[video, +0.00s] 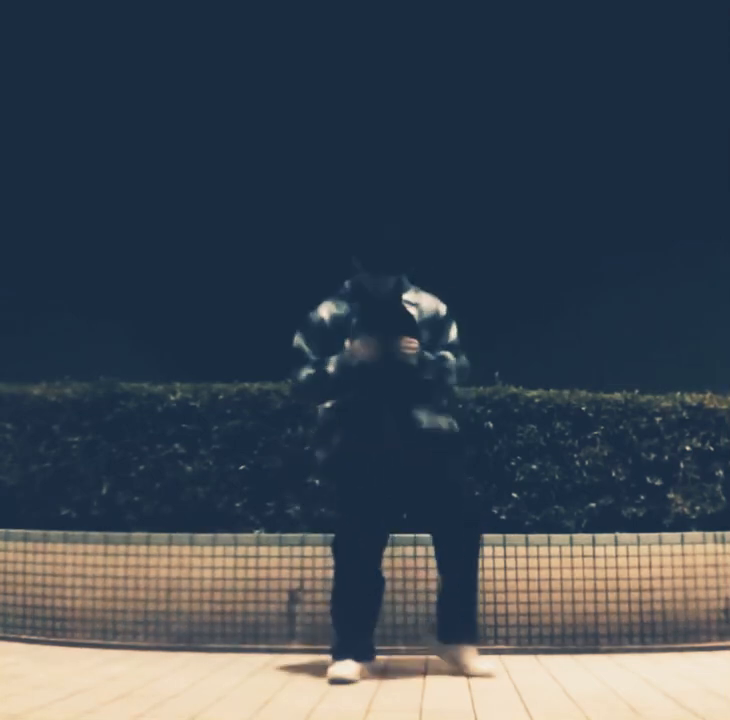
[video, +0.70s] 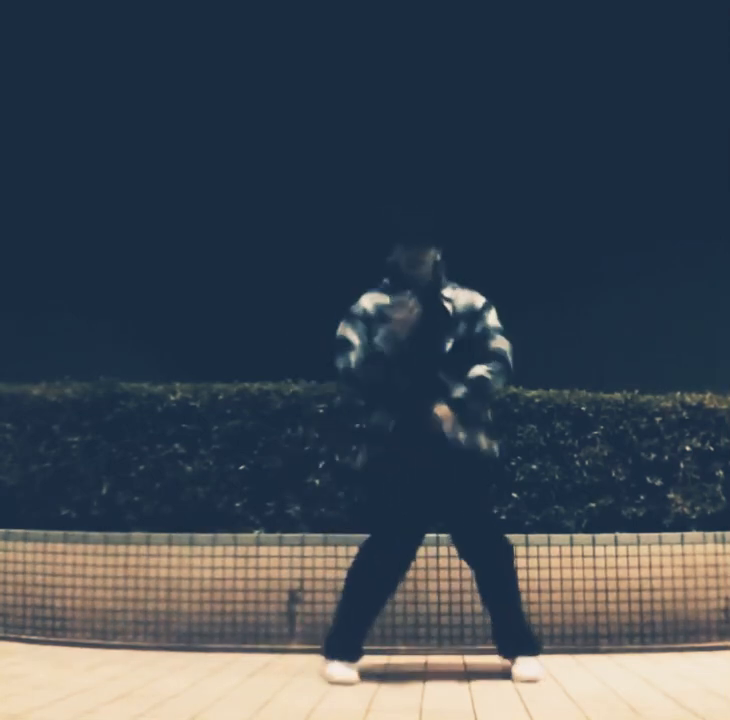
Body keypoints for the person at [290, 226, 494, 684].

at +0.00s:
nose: (382, 281)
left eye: (391, 272)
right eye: (373, 271)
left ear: (404, 272)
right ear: (356, 270)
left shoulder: (429, 311)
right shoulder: (329, 316)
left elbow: (460, 371)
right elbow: (300, 383)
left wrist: (419, 358)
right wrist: (345, 360)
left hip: (428, 448)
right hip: (360, 450)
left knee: (462, 530)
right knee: (356, 545)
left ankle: (457, 639)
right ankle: (350, 654)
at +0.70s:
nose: (418, 262)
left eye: (426, 253)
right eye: (409, 253)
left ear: (440, 255)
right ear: (393, 257)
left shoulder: (471, 305)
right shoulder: (370, 308)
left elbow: (497, 362)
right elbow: (351, 374)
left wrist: (456, 404)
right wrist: (391, 339)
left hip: (462, 454)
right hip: (399, 454)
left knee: (487, 548)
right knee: (389, 549)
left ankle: (521, 651)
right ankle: (341, 652)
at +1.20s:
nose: (424, 272)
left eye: (433, 262)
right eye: (413, 264)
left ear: (447, 266)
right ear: (396, 270)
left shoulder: (472, 306)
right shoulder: (373, 307)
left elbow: (516, 341)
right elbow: (331, 286)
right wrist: (380, 269)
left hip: (467, 470)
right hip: (385, 470)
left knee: (516, 555)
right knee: (343, 558)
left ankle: (550, 653)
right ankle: (309, 654)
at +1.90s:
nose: (416, 254)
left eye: (424, 244)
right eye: (409, 244)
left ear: (441, 249)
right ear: (397, 250)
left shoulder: (470, 300)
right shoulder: (373, 298)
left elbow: (482, 361)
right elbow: (355, 365)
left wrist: (443, 331)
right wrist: (380, 404)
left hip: (454, 444)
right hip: (389, 446)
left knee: (460, 542)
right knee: (379, 543)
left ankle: (473, 644)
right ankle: (370, 645)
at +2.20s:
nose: (426, 250)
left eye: (434, 242)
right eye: (416, 241)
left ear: (448, 248)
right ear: (401, 247)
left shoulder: (460, 291)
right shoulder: (384, 288)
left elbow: (488, 269)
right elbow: (356, 325)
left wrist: (457, 247)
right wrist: (363, 267)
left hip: (451, 426)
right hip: (391, 428)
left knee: (456, 532)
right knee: (382, 532)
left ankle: (471, 643)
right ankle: (372, 643)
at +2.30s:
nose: (412, 255)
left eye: (420, 245)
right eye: (402, 244)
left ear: (433, 247)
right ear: (386, 246)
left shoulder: (462, 291)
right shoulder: (368, 294)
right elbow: (358, 360)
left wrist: (462, 309)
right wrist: (376, 304)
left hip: (454, 431)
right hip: (391, 434)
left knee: (460, 535)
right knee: (383, 536)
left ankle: (471, 644)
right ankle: (372, 645)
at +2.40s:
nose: (413, 258)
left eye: (420, 248)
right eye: (403, 248)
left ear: (433, 247)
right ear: (387, 248)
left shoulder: (460, 291)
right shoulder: (368, 291)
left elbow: (475, 362)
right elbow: (352, 362)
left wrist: (458, 342)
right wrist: (363, 351)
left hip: (456, 430)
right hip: (391, 431)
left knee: (488, 520)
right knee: (379, 529)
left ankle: (479, 632)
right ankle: (372, 644)